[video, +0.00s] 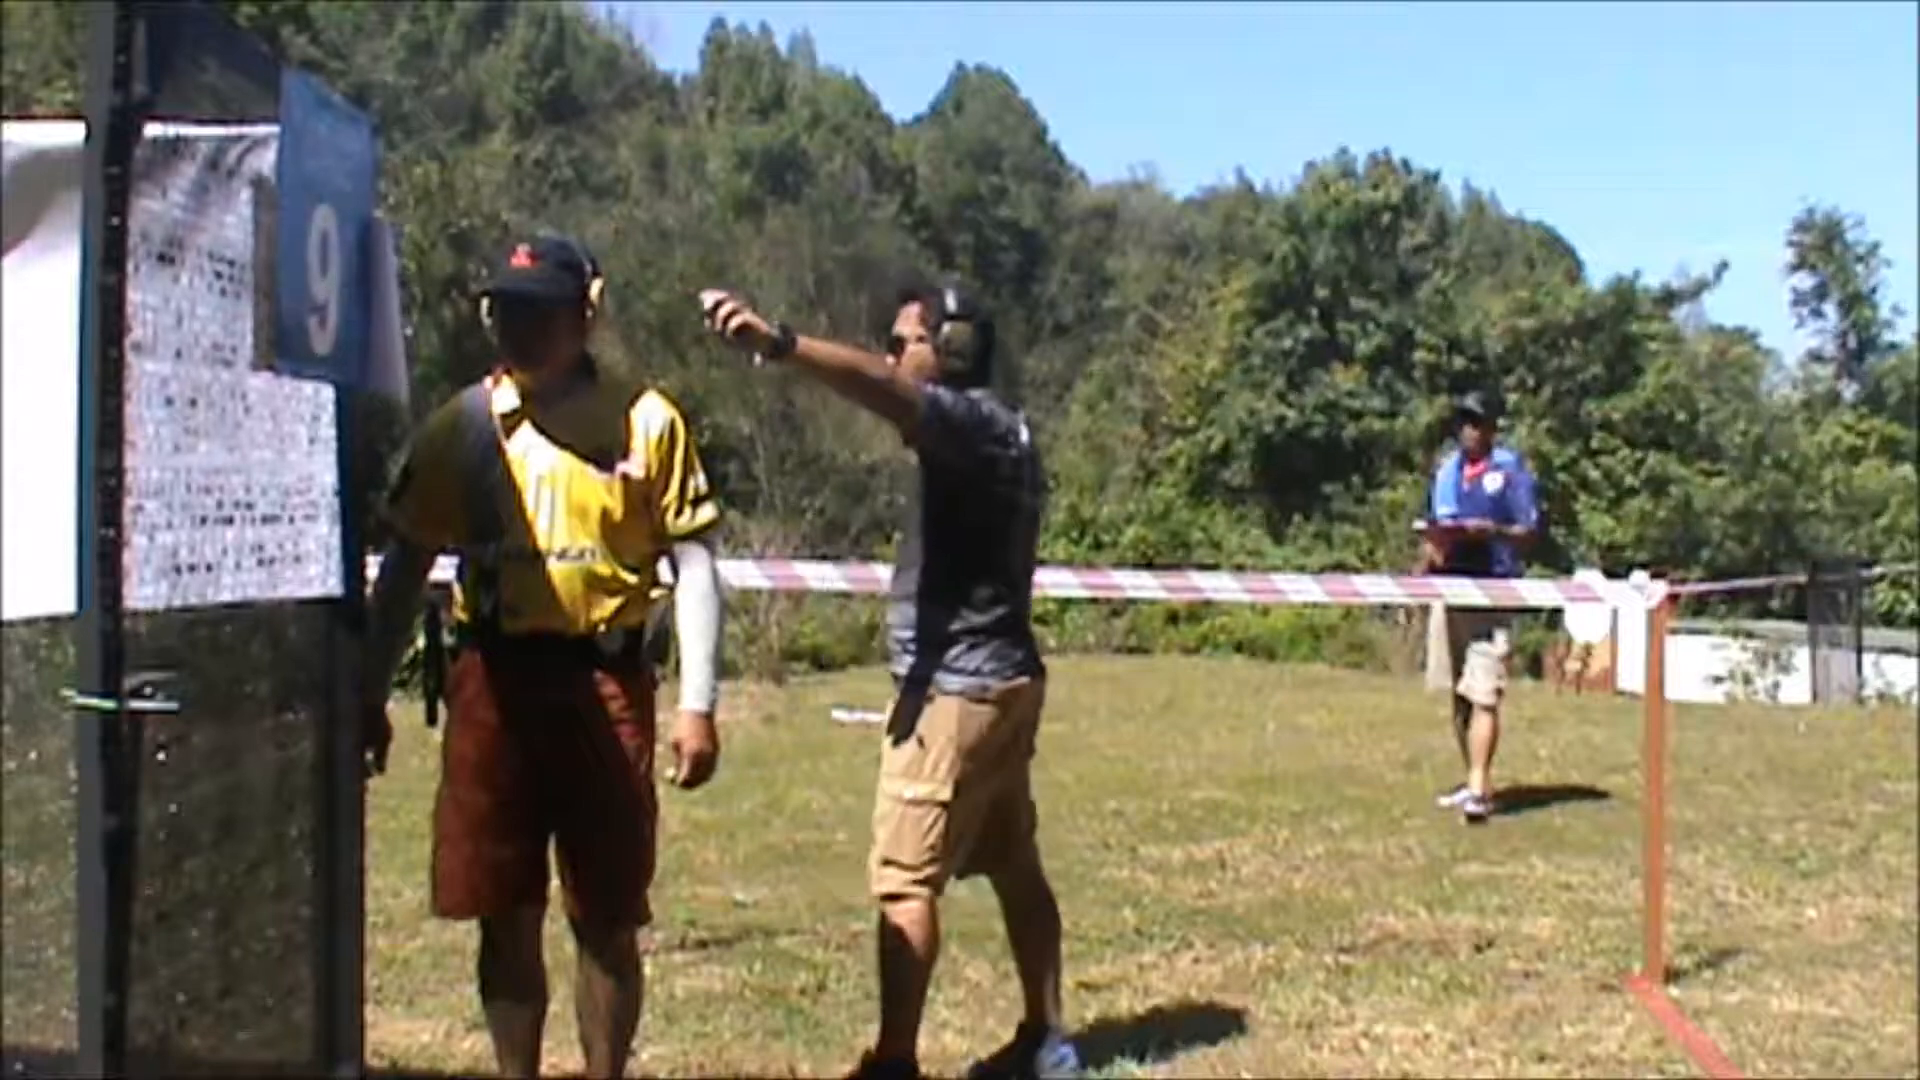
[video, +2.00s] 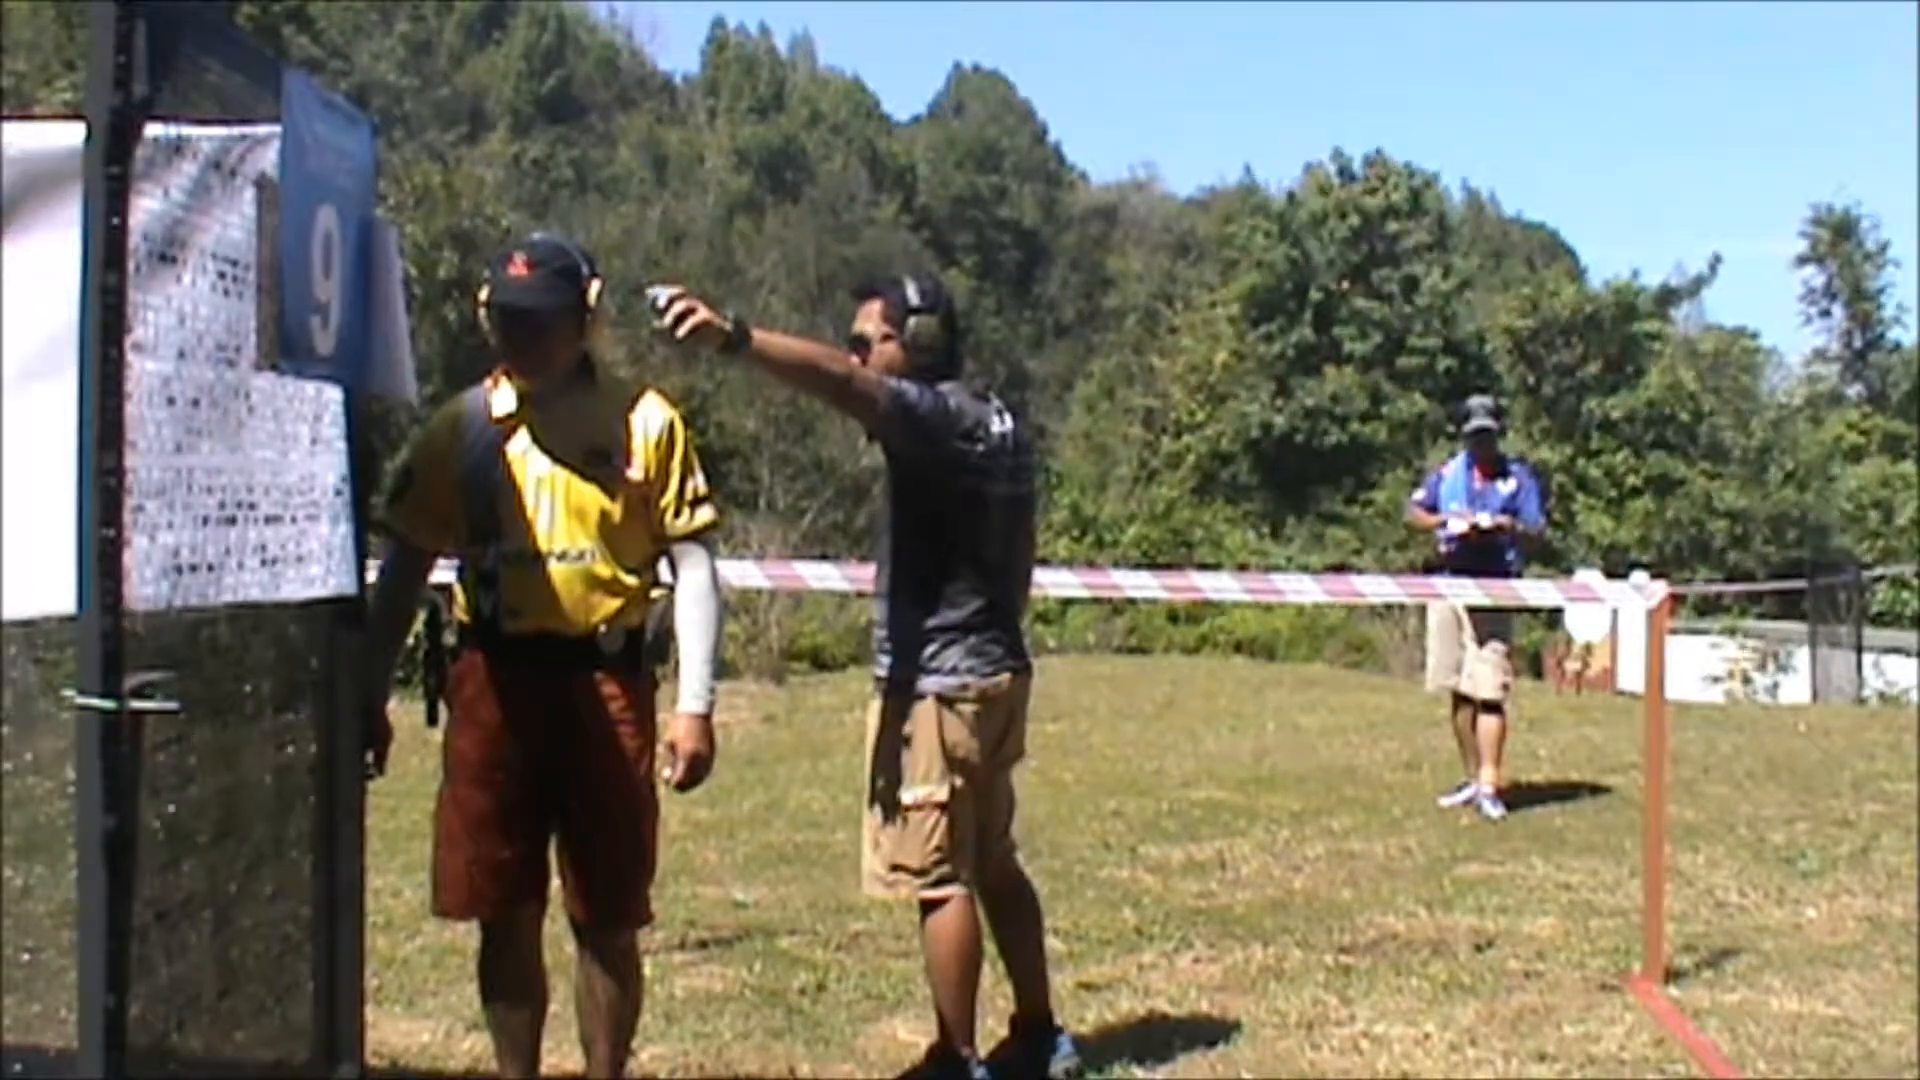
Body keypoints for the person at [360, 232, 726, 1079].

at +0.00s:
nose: (516, 327)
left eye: (537, 312)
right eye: (505, 309)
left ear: (585, 318)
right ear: (491, 313)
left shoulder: (647, 423)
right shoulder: (464, 426)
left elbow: (694, 564)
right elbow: (406, 564)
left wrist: (697, 700)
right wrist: (370, 695)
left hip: (607, 692)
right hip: (495, 692)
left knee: (607, 925)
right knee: (504, 917)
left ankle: (605, 1072)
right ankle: (517, 1073)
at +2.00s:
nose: (519, 338)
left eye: (539, 323)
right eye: (507, 320)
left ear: (586, 323)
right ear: (490, 317)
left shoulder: (645, 424)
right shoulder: (463, 426)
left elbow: (693, 565)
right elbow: (405, 565)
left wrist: (695, 701)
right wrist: (369, 695)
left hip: (606, 692)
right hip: (495, 693)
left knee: (607, 923)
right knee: (503, 914)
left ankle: (607, 1071)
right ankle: (517, 1072)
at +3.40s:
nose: (580, 433)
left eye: (595, 416)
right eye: (562, 416)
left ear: (624, 394)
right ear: (531, 394)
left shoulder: (671, 461)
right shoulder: (490, 432)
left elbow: (752, 583)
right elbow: (425, 475)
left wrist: (813, 718)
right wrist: (436, 583)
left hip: (645, 702)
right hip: (526, 698)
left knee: (724, 898)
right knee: (493, 922)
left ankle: (719, 1061)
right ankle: (509, 1072)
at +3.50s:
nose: (594, 453)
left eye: (610, 435)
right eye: (575, 437)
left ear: (638, 411)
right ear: (545, 413)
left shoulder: (685, 481)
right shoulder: (495, 455)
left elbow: (766, 594)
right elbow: (455, 522)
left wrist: (818, 723)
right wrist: (479, 649)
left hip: (664, 714)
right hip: (541, 712)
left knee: (757, 909)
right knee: (491, 928)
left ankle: (789, 1048)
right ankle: (503, 1071)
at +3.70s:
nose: (704, 512)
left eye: (712, 491)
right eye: (682, 500)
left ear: (726, 467)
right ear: (638, 485)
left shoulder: (772, 547)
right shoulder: (581, 514)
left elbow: (843, 644)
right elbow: (531, 551)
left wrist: (916, 759)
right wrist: (552, 665)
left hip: (736, 769)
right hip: (613, 763)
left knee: (850, 946)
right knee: (538, 957)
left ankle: (916, 1070)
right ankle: (525, 1071)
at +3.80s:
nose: (811, 500)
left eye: (826, 481)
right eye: (789, 483)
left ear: (848, 464)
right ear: (748, 466)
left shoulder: (885, 552)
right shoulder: (693, 502)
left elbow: (975, 646)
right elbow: (617, 522)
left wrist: (1063, 756)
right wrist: (635, 637)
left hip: (815, 780)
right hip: (690, 763)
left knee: (909, 951)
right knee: (583, 948)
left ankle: (927, 1072)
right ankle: (537, 1070)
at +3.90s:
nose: (863, 450)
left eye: (883, 432)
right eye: (848, 432)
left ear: (924, 430)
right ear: (830, 425)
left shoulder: (975, 534)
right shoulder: (787, 475)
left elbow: (1068, 628)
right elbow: (710, 492)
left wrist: (1157, 742)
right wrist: (721, 599)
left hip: (890, 763)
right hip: (769, 740)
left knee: (946, 961)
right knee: (648, 936)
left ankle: (954, 1076)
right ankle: (562, 1066)